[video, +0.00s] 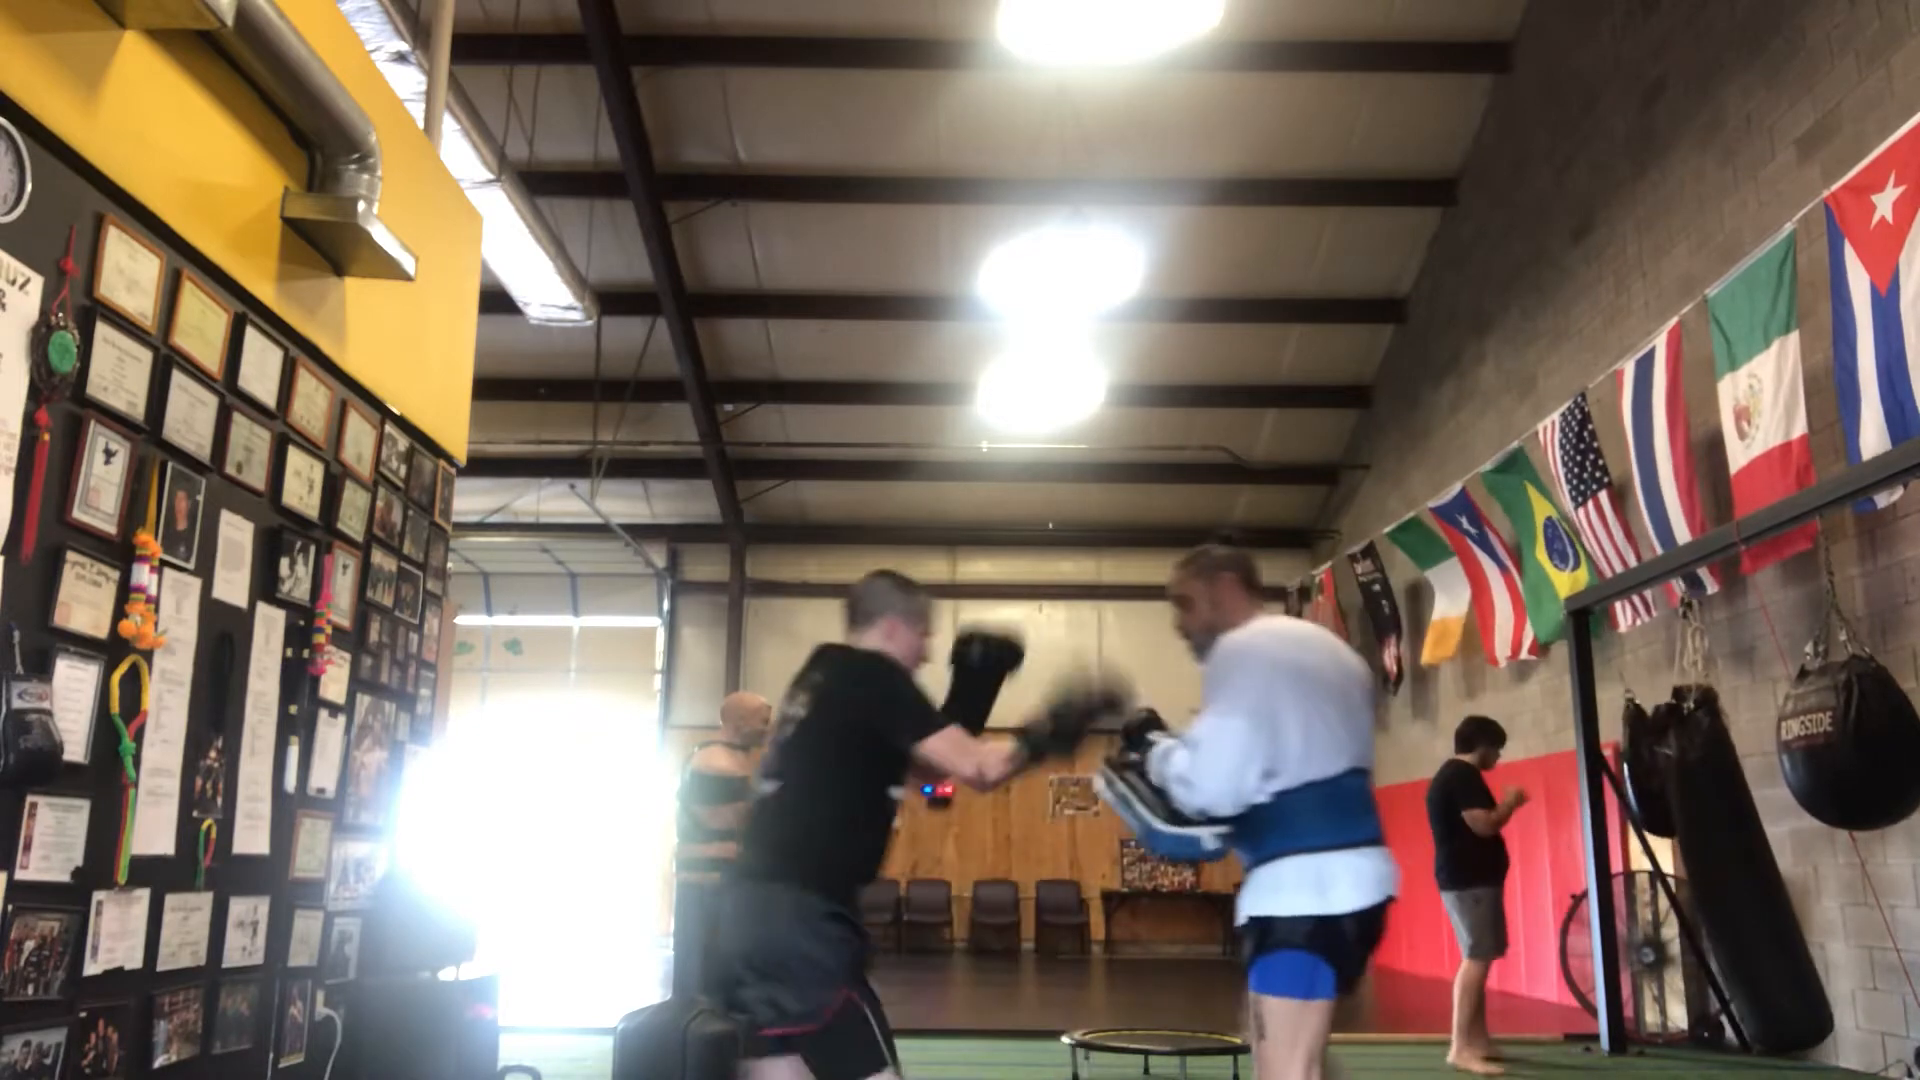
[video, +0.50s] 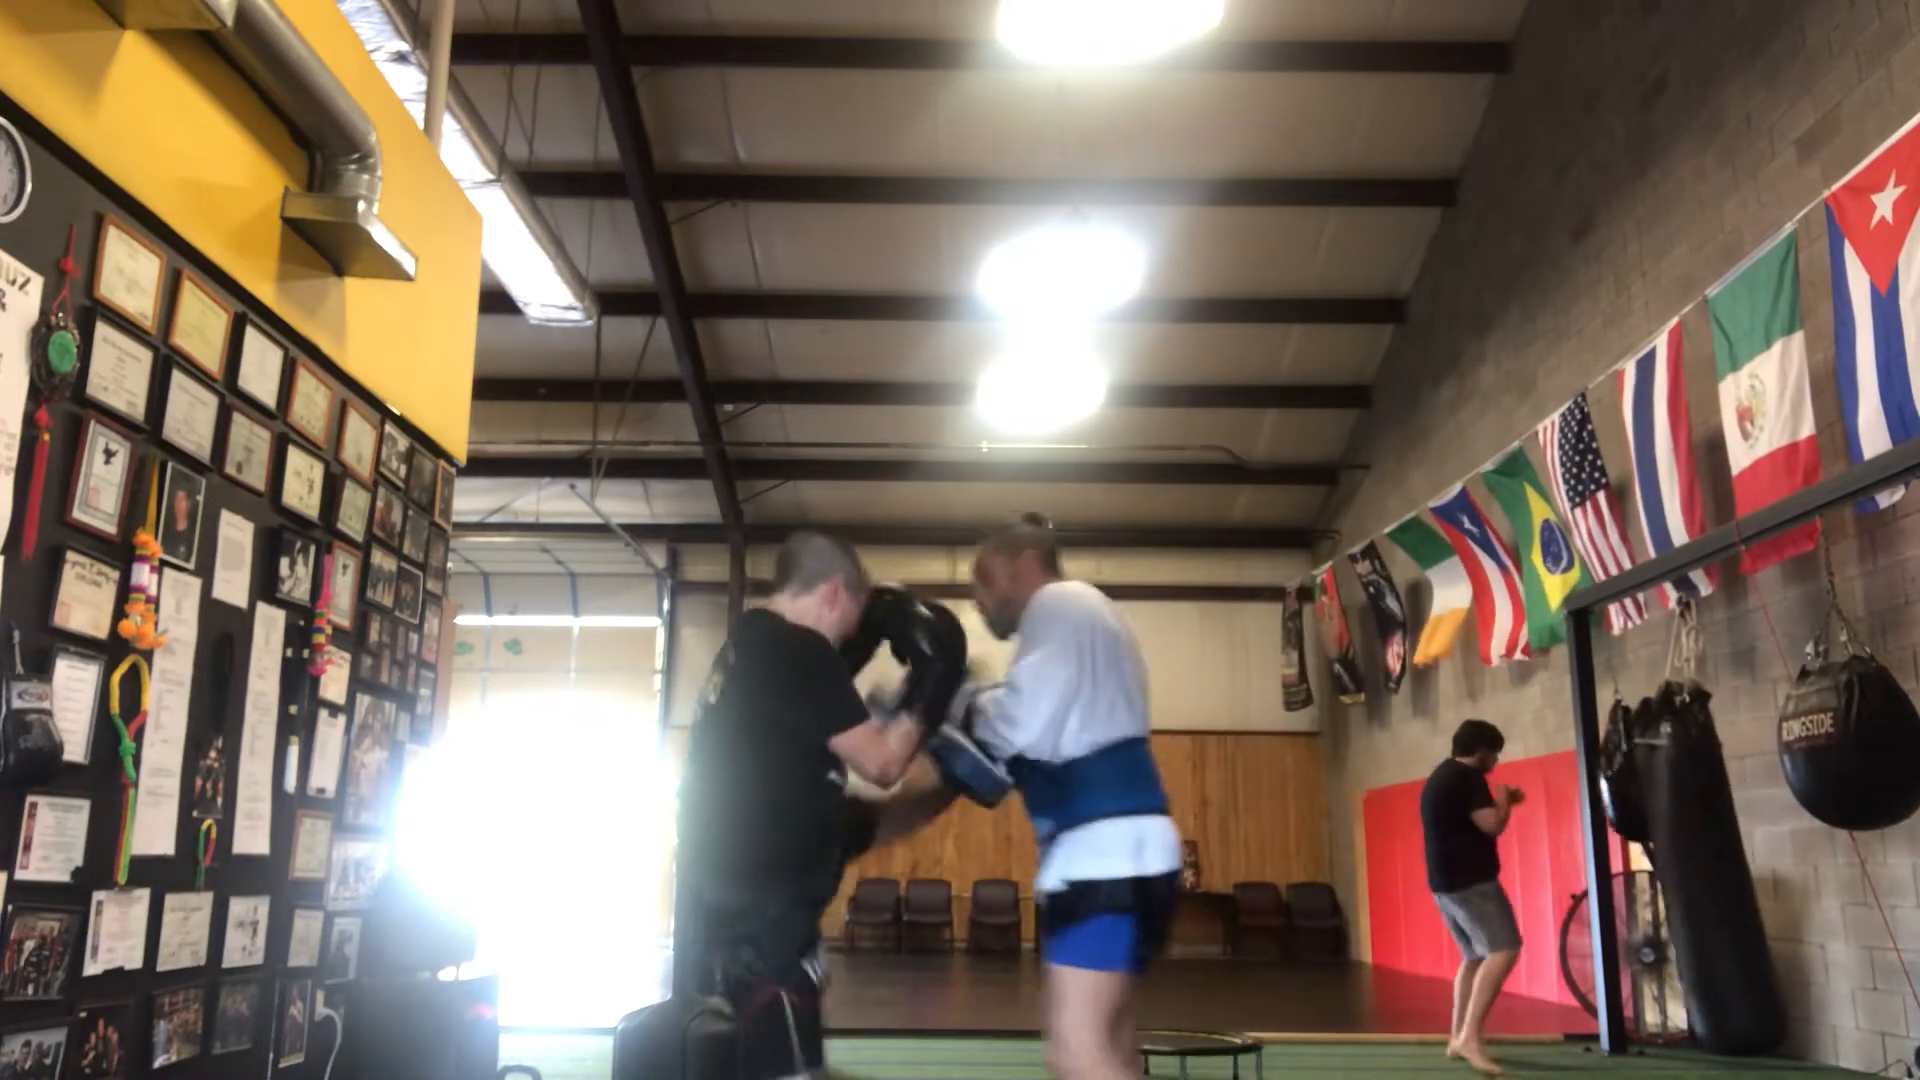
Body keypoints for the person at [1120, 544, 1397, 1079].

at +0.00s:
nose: (1180, 625)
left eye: (1185, 605)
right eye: (1177, 609)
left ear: (1225, 588)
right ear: (1235, 590)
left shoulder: (1246, 653)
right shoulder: (1330, 647)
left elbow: (1214, 786)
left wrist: (1153, 743)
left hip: (1302, 894)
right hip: (1356, 885)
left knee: (1285, 1068)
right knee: (1296, 1058)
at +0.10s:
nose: (1139, 628)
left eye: (1143, 607)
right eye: (1136, 611)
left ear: (1182, 590)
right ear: (1193, 591)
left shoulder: (1203, 652)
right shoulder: (1288, 649)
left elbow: (1177, 789)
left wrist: (1117, 745)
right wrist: (1144, 745)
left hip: (1272, 894)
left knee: (1276, 1065)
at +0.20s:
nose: (1097, 633)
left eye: (1101, 613)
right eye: (1095, 617)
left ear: (1141, 597)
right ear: (1157, 597)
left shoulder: (1161, 655)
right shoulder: (1241, 652)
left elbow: (1134, 789)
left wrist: (1082, 746)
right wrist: (1111, 727)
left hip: (1230, 900)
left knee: (1254, 1069)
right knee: (1166, 1061)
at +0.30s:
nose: (1058, 631)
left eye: (1062, 612)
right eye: (1055, 615)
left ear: (1102, 593)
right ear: (1114, 596)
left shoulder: (1120, 651)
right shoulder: (1194, 650)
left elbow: (1093, 779)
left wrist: (1031, 723)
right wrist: (1072, 720)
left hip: (1179, 893)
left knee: (1217, 1066)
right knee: (1132, 1062)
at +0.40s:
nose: (1017, 614)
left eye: (1020, 594)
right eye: (1015, 598)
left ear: (1060, 579)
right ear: (1070, 580)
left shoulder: (1085, 626)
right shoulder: (1119, 628)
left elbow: (1055, 752)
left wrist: (997, 706)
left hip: (1143, 876)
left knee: (1147, 1062)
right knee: (1119, 1061)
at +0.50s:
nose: (980, 601)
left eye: (983, 582)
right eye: (977, 587)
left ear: (1023, 564)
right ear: (1035, 567)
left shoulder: (1059, 605)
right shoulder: (1090, 610)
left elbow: (1021, 727)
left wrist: (964, 699)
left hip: (1103, 861)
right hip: (1136, 857)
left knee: (1077, 1051)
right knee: (1111, 1043)